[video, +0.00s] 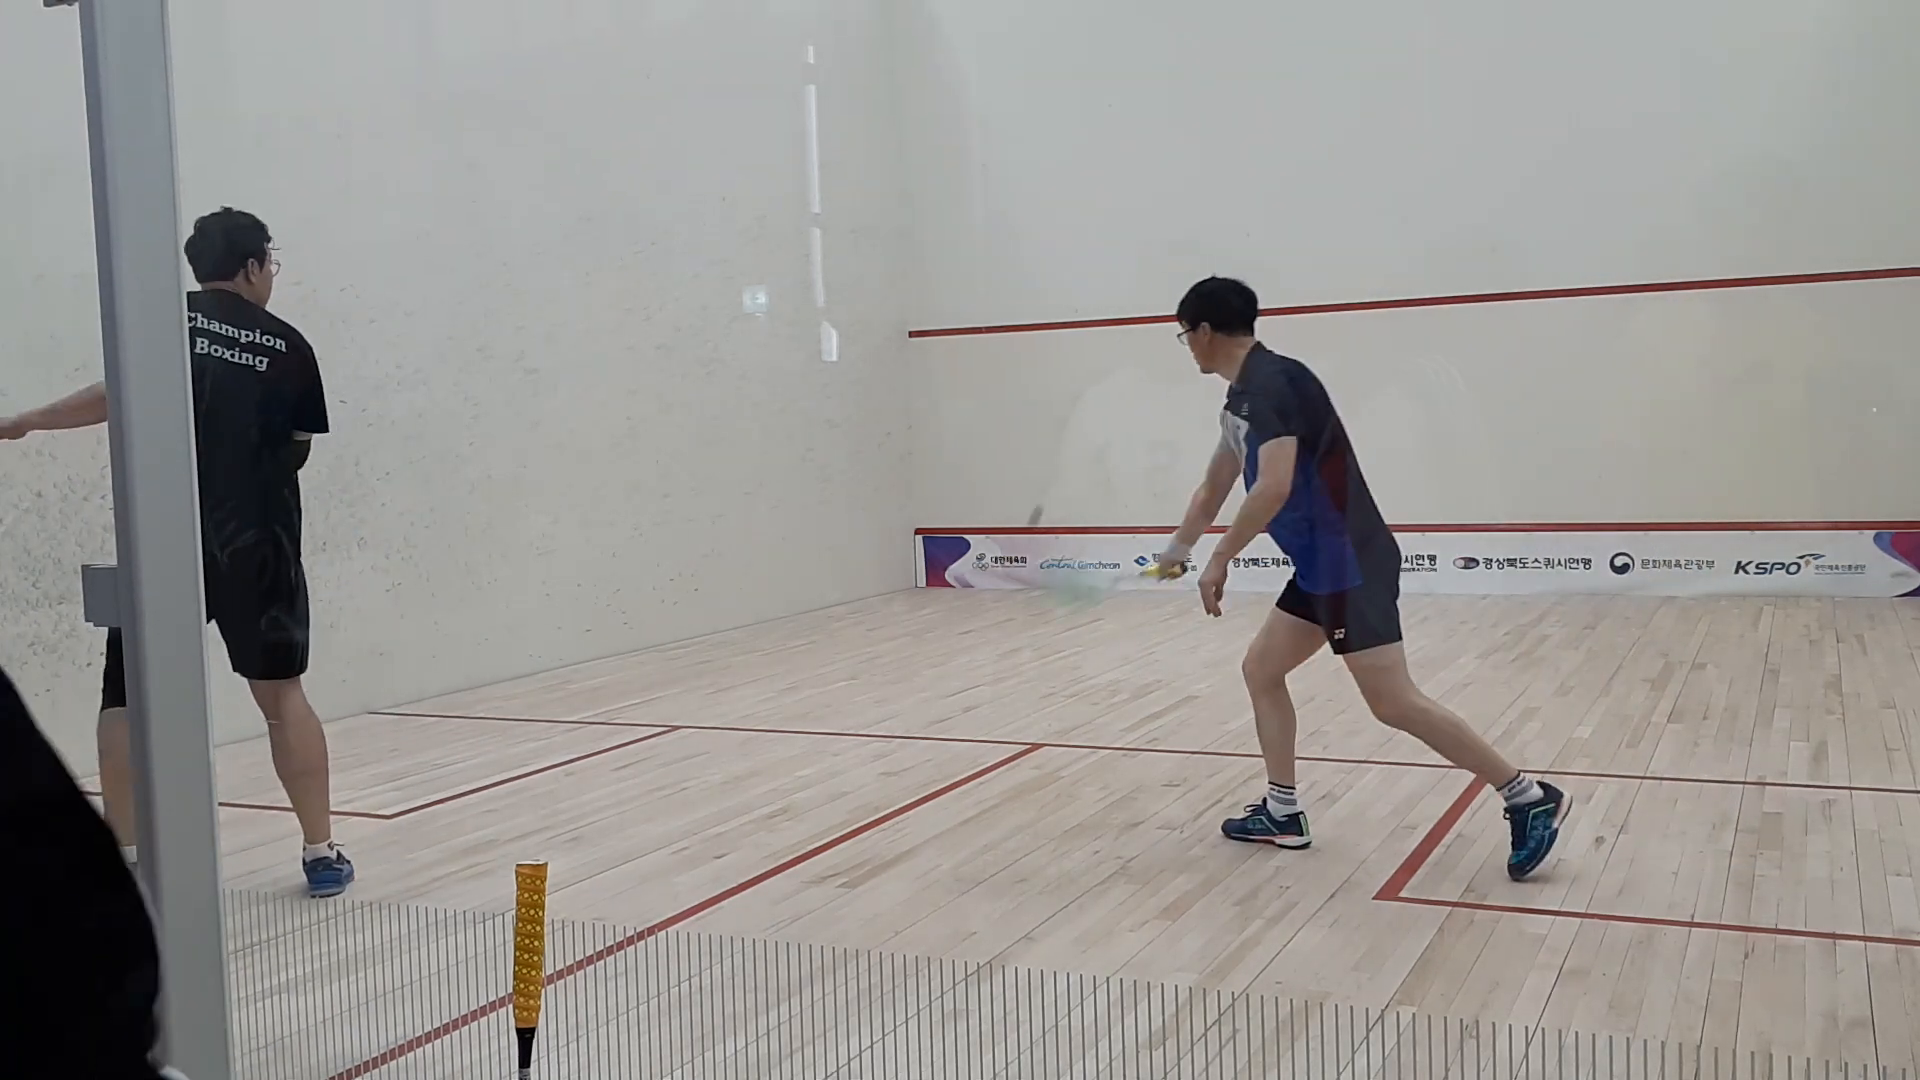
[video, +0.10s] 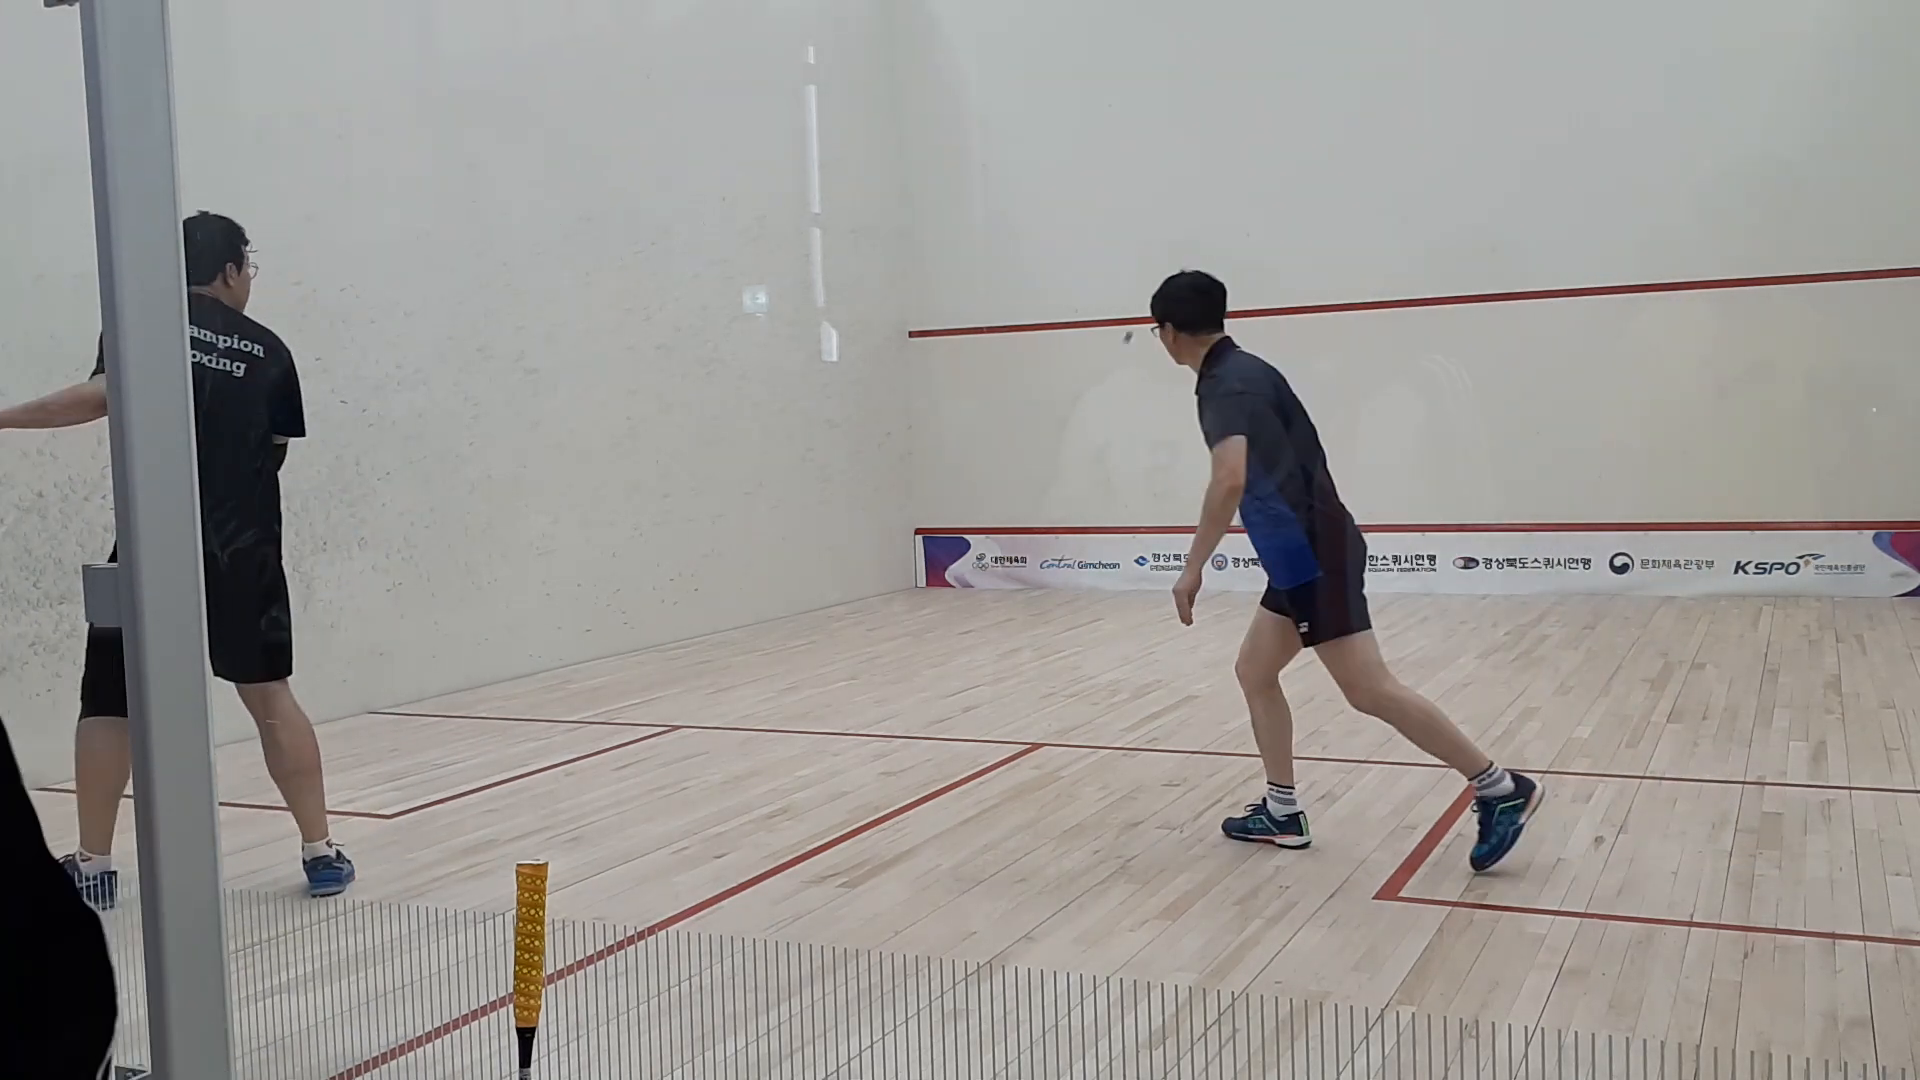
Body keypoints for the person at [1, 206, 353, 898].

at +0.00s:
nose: (274, 275)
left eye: (270, 262)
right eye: (270, 264)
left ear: (202, 270)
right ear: (252, 269)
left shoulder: (163, 326)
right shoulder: (288, 346)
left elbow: (102, 402)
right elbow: (295, 451)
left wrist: (22, 422)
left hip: (157, 547)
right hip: (256, 551)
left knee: (121, 699)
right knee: (283, 698)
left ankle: (123, 859)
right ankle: (321, 853)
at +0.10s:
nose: (252, 276)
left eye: (249, 264)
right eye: (247, 265)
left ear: (184, 273)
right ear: (229, 273)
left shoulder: (144, 327)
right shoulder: (269, 352)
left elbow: (94, 399)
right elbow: (274, 456)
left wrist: (9, 416)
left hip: (145, 558)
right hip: (244, 560)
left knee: (108, 704)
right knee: (273, 697)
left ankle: (92, 866)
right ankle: (321, 851)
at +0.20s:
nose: (221, 283)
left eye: (217, 271)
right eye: (217, 272)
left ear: (145, 271)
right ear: (202, 277)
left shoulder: (108, 328)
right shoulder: (239, 354)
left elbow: (70, 408)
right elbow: (245, 461)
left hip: (115, 560)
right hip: (216, 564)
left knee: (78, 699)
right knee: (247, 693)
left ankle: (86, 867)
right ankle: (316, 843)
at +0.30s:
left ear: (107, 259)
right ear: (177, 265)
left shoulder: (72, 334)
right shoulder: (205, 353)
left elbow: (30, 419)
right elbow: (210, 464)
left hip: (85, 557)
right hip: (181, 562)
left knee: (59, 703)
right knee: (206, 685)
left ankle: (84, 867)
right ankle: (278, 810)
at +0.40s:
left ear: (76, 270)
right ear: (141, 263)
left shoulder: (44, 334)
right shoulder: (176, 347)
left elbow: (4, 424)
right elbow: (189, 451)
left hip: (69, 559)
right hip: (159, 560)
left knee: (44, 697)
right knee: (171, 697)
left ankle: (82, 865)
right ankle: (204, 827)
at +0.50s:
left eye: (61, 282)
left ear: (54, 283)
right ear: (112, 278)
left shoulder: (22, 342)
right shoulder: (144, 336)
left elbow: (3, 441)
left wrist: (35, 416)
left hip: (51, 566)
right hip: (135, 564)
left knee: (22, 700)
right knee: (122, 679)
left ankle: (83, 863)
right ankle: (158, 828)